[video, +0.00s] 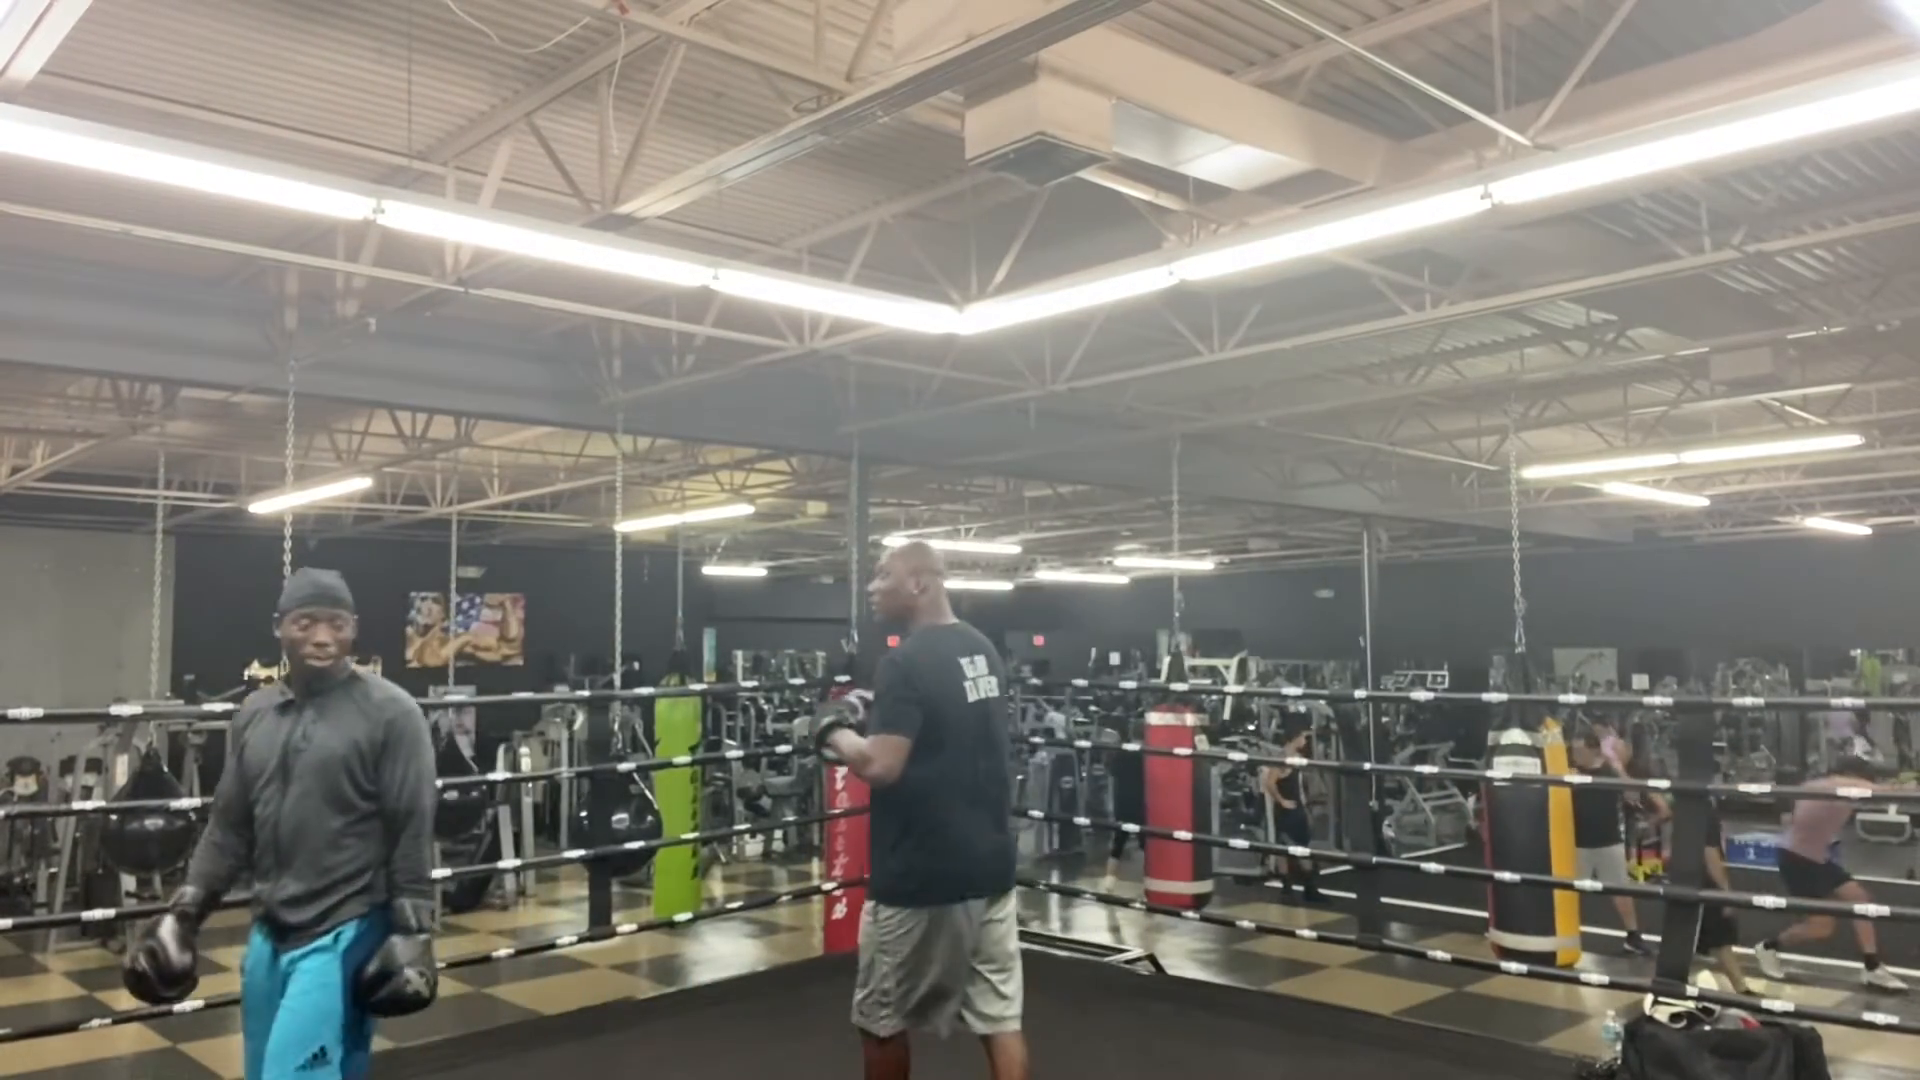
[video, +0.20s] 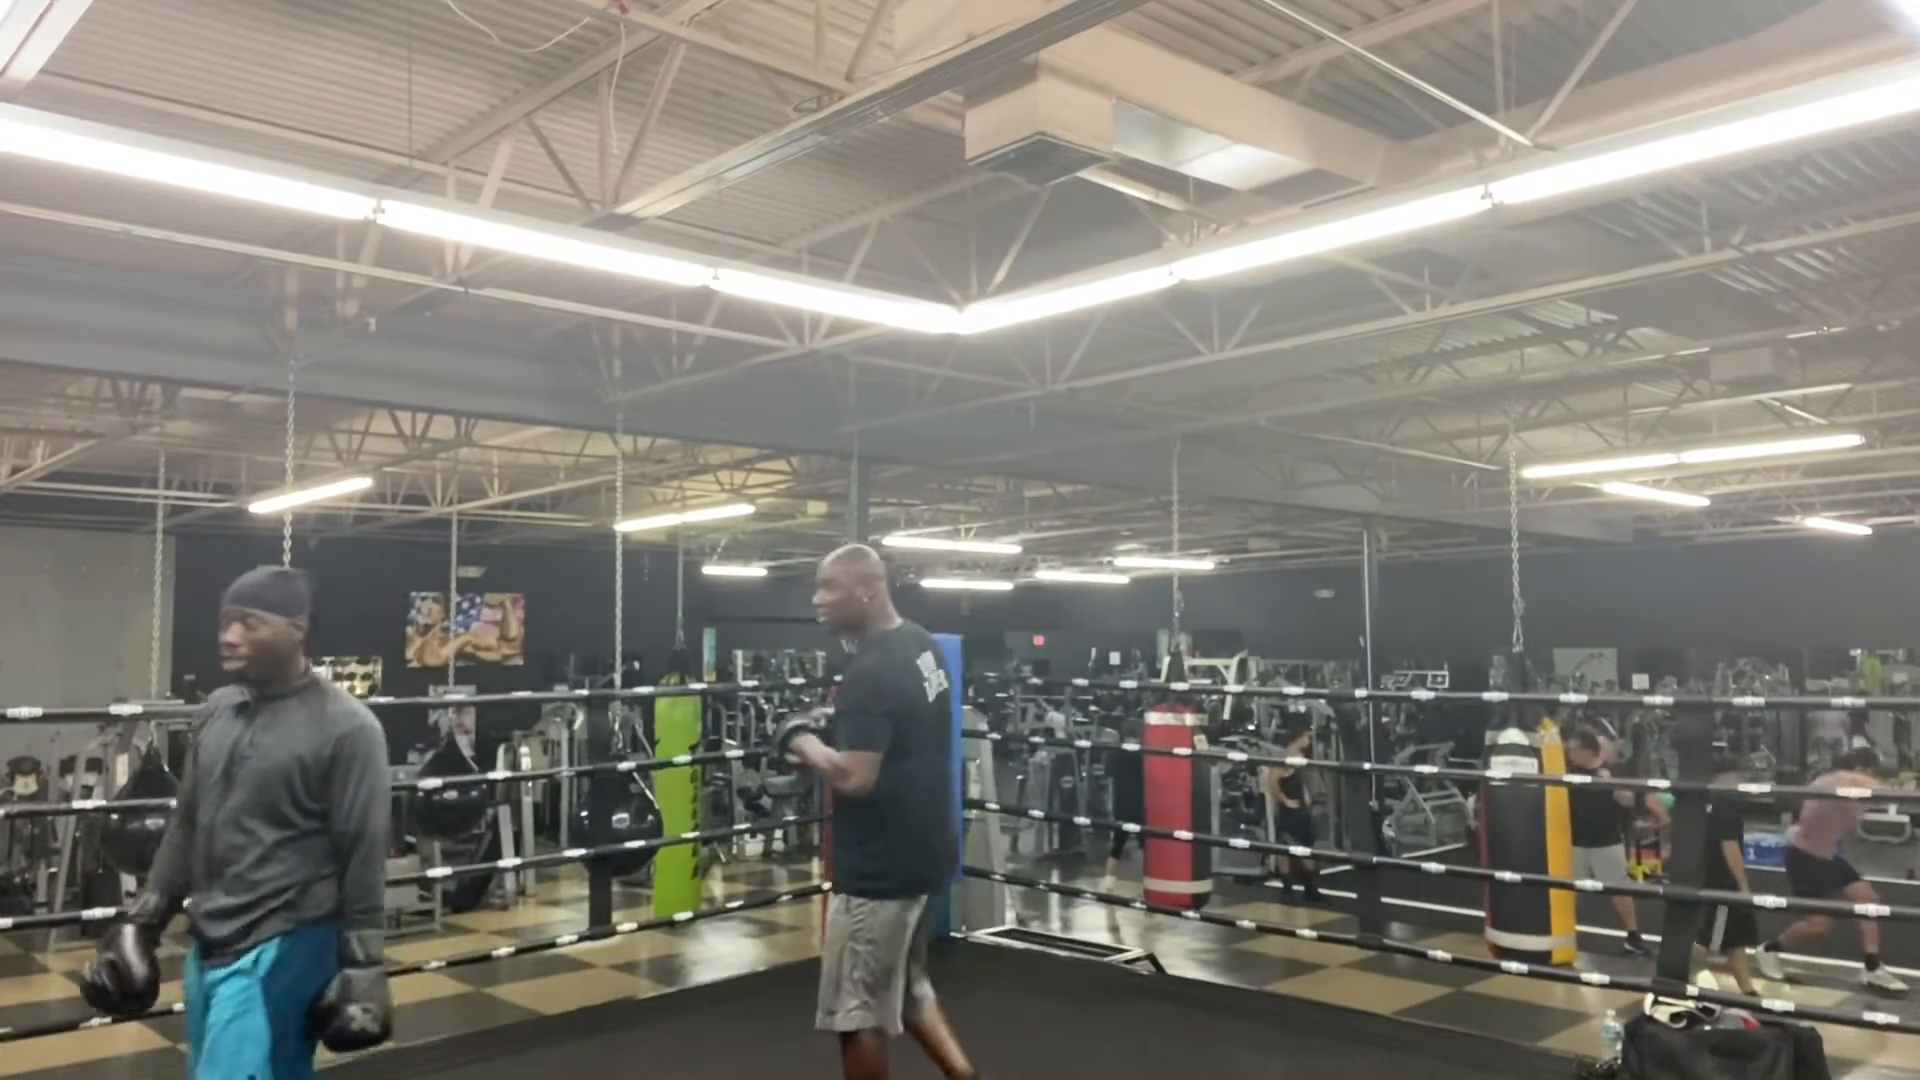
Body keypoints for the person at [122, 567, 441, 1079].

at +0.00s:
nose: (321, 636)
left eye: (335, 623)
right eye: (305, 622)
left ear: (352, 630)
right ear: (280, 630)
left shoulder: (391, 712)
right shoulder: (255, 714)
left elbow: (413, 830)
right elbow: (227, 827)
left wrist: (413, 933)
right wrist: (182, 915)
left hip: (346, 928)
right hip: (270, 929)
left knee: (291, 1068)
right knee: (262, 1068)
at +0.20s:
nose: (228, 638)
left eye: (248, 623)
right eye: (225, 622)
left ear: (297, 629)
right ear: (220, 627)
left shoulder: (347, 727)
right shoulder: (216, 712)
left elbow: (365, 854)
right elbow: (186, 827)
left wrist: (364, 968)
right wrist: (140, 922)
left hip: (283, 950)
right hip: (210, 950)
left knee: (230, 1068)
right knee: (210, 1068)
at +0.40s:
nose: (173, 634)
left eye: (192, 618)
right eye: (177, 618)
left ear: (247, 624)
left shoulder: (307, 728)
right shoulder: (189, 713)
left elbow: (315, 865)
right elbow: (162, 839)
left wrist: (301, 984)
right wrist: (116, 940)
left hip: (232, 967)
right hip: (154, 958)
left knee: (216, 1069)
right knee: (117, 1067)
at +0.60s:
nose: (126, 633)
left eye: (144, 614)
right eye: (128, 616)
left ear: (202, 618)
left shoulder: (270, 727)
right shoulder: (160, 718)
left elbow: (271, 871)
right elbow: (147, 847)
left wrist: (227, 991)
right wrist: (111, 953)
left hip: (204, 979)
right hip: (114, 971)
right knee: (62, 1073)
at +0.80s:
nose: (46, 636)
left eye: (65, 618)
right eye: (52, 619)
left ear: (125, 624)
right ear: (121, 626)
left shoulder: (197, 736)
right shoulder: (107, 728)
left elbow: (191, 892)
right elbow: (86, 867)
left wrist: (123, 1005)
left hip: (144, 1002)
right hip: (56, 997)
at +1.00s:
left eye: (7, 610)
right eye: (1, 611)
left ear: (57, 618)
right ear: (56, 620)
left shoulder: (122, 718)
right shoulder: (51, 717)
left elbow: (121, 877)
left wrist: (43, 995)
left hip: (75, 996)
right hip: (24, 987)